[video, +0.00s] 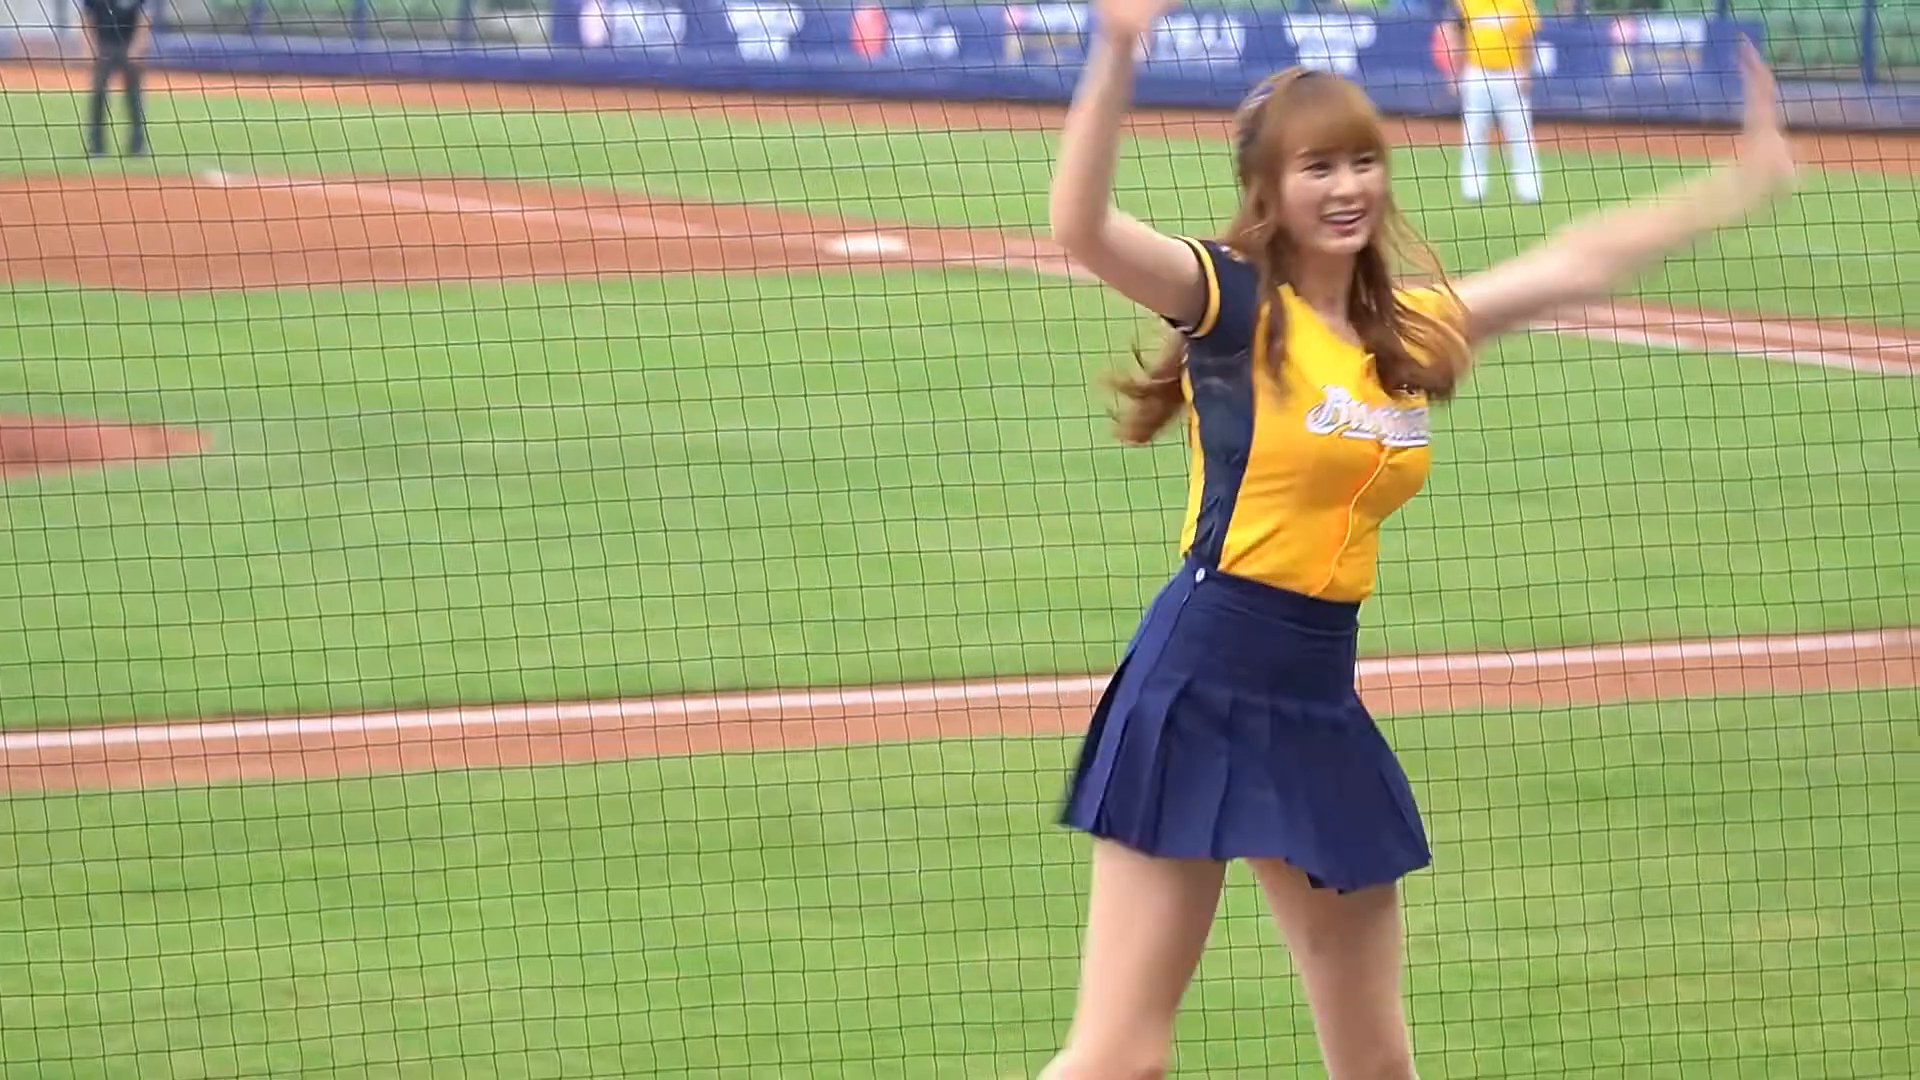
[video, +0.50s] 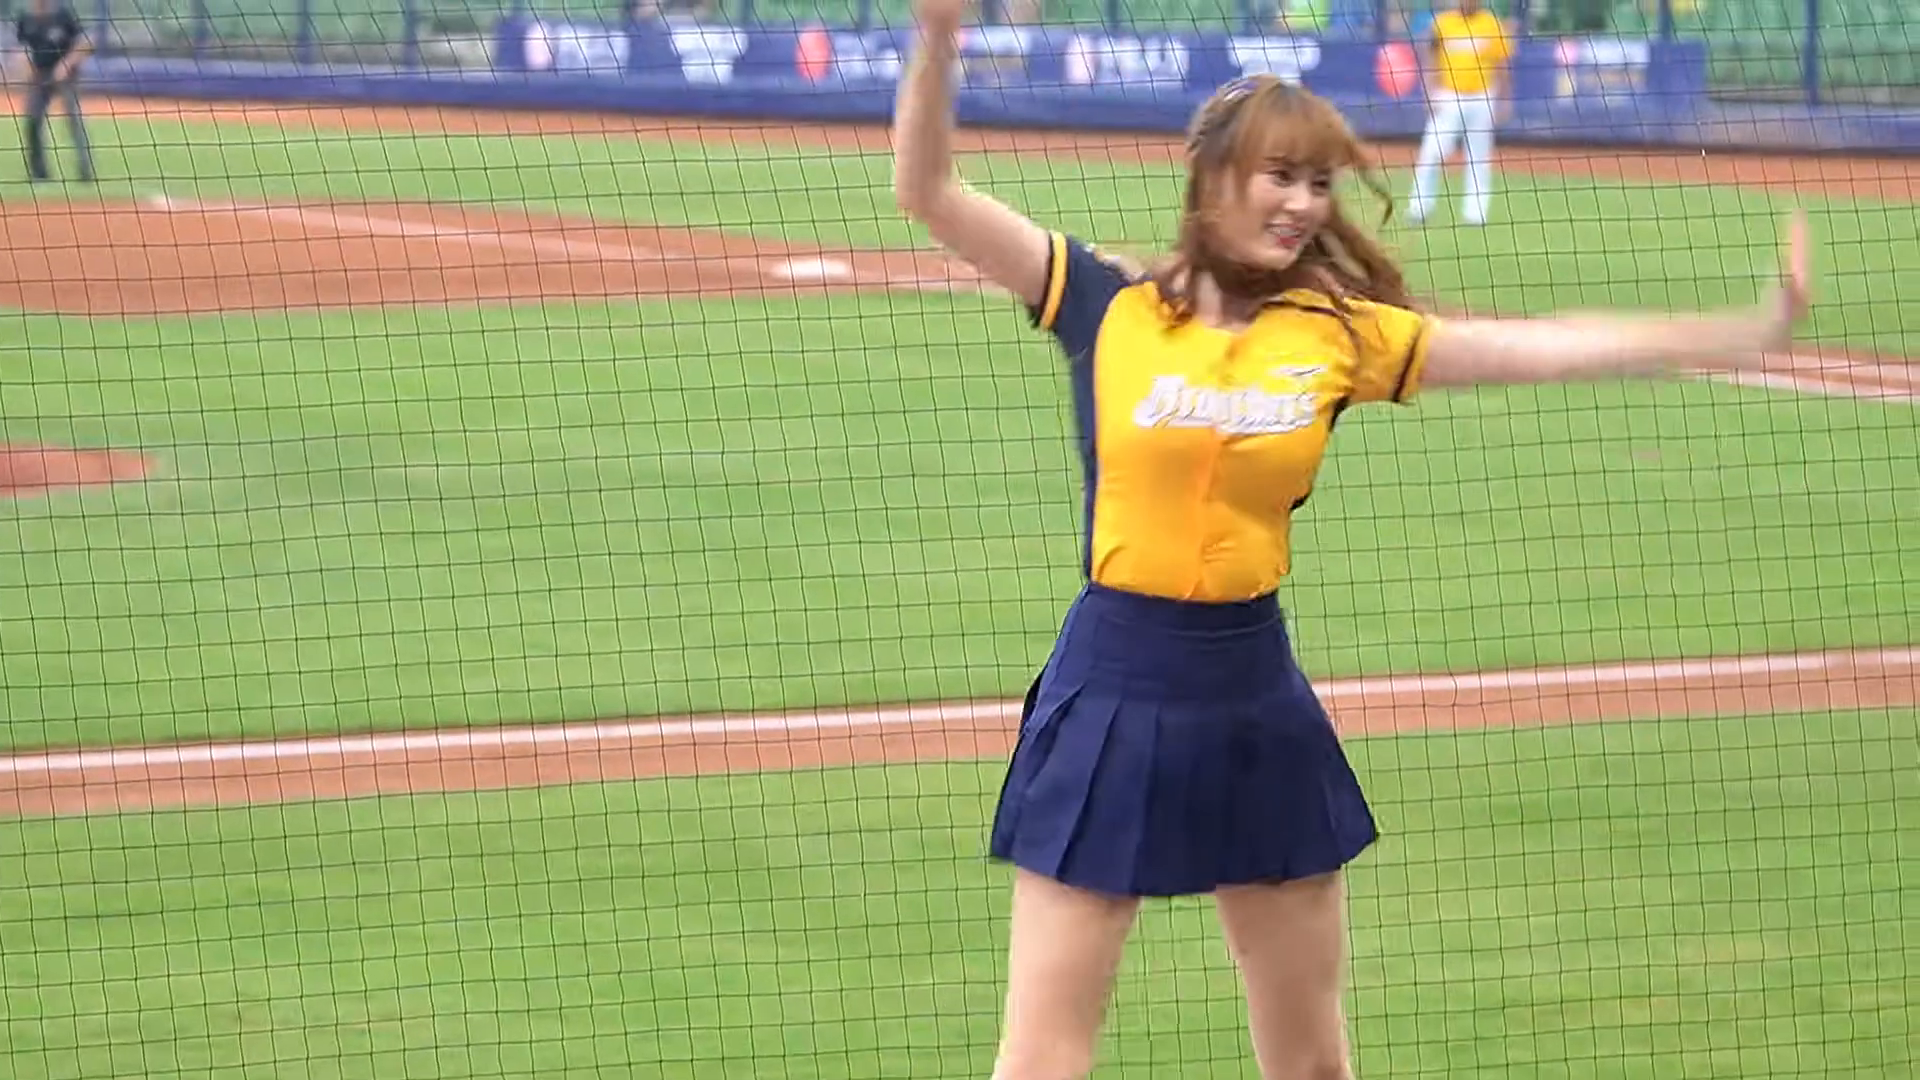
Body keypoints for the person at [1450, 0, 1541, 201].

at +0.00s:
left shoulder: (1520, 5)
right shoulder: (1467, 5)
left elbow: (1528, 39)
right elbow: (1452, 30)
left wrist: (1526, 71)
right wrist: (1455, 71)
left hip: (1510, 71)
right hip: (1476, 71)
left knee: (1518, 130)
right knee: (1474, 131)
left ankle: (1528, 185)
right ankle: (1473, 186)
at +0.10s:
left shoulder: (1510, 5)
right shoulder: (1458, 5)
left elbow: (1519, 36)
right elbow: (1450, 35)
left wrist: (1516, 72)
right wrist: (1448, 68)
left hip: (1500, 72)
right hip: (1466, 71)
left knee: (1505, 132)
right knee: (1460, 133)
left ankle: (1510, 184)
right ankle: (1459, 183)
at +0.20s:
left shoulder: (1499, 5)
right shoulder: (1448, 6)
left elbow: (1510, 38)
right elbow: (1442, 36)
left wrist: (1507, 74)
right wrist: (1439, 70)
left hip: (1491, 75)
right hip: (1457, 73)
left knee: (1493, 135)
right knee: (1447, 135)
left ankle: (1497, 190)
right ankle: (1441, 189)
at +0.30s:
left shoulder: (1497, 10)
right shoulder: (1447, 9)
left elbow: (1508, 49)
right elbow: (1437, 43)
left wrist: (1507, 83)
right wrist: (1437, 77)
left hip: (1489, 80)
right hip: (1454, 80)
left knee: (1490, 140)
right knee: (1443, 139)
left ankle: (1490, 195)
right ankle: (1436, 192)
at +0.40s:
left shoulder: (1496, 15)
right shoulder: (1446, 15)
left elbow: (1508, 58)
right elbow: (1433, 51)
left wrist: (1507, 92)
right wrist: (1437, 86)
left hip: (1488, 90)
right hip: (1453, 90)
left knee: (1486, 148)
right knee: (1440, 144)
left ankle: (1484, 202)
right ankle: (1427, 197)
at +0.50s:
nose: (1467, 4)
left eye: (1471, 1)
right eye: (1463, 1)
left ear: (1478, 2)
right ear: (1457, 2)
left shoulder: (1491, 24)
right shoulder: (1442, 23)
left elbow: (1503, 67)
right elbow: (1429, 59)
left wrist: (1504, 101)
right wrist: (1431, 93)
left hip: (1481, 99)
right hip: (1447, 98)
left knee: (1479, 155)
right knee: (1431, 151)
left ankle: (1476, 210)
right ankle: (1419, 205)